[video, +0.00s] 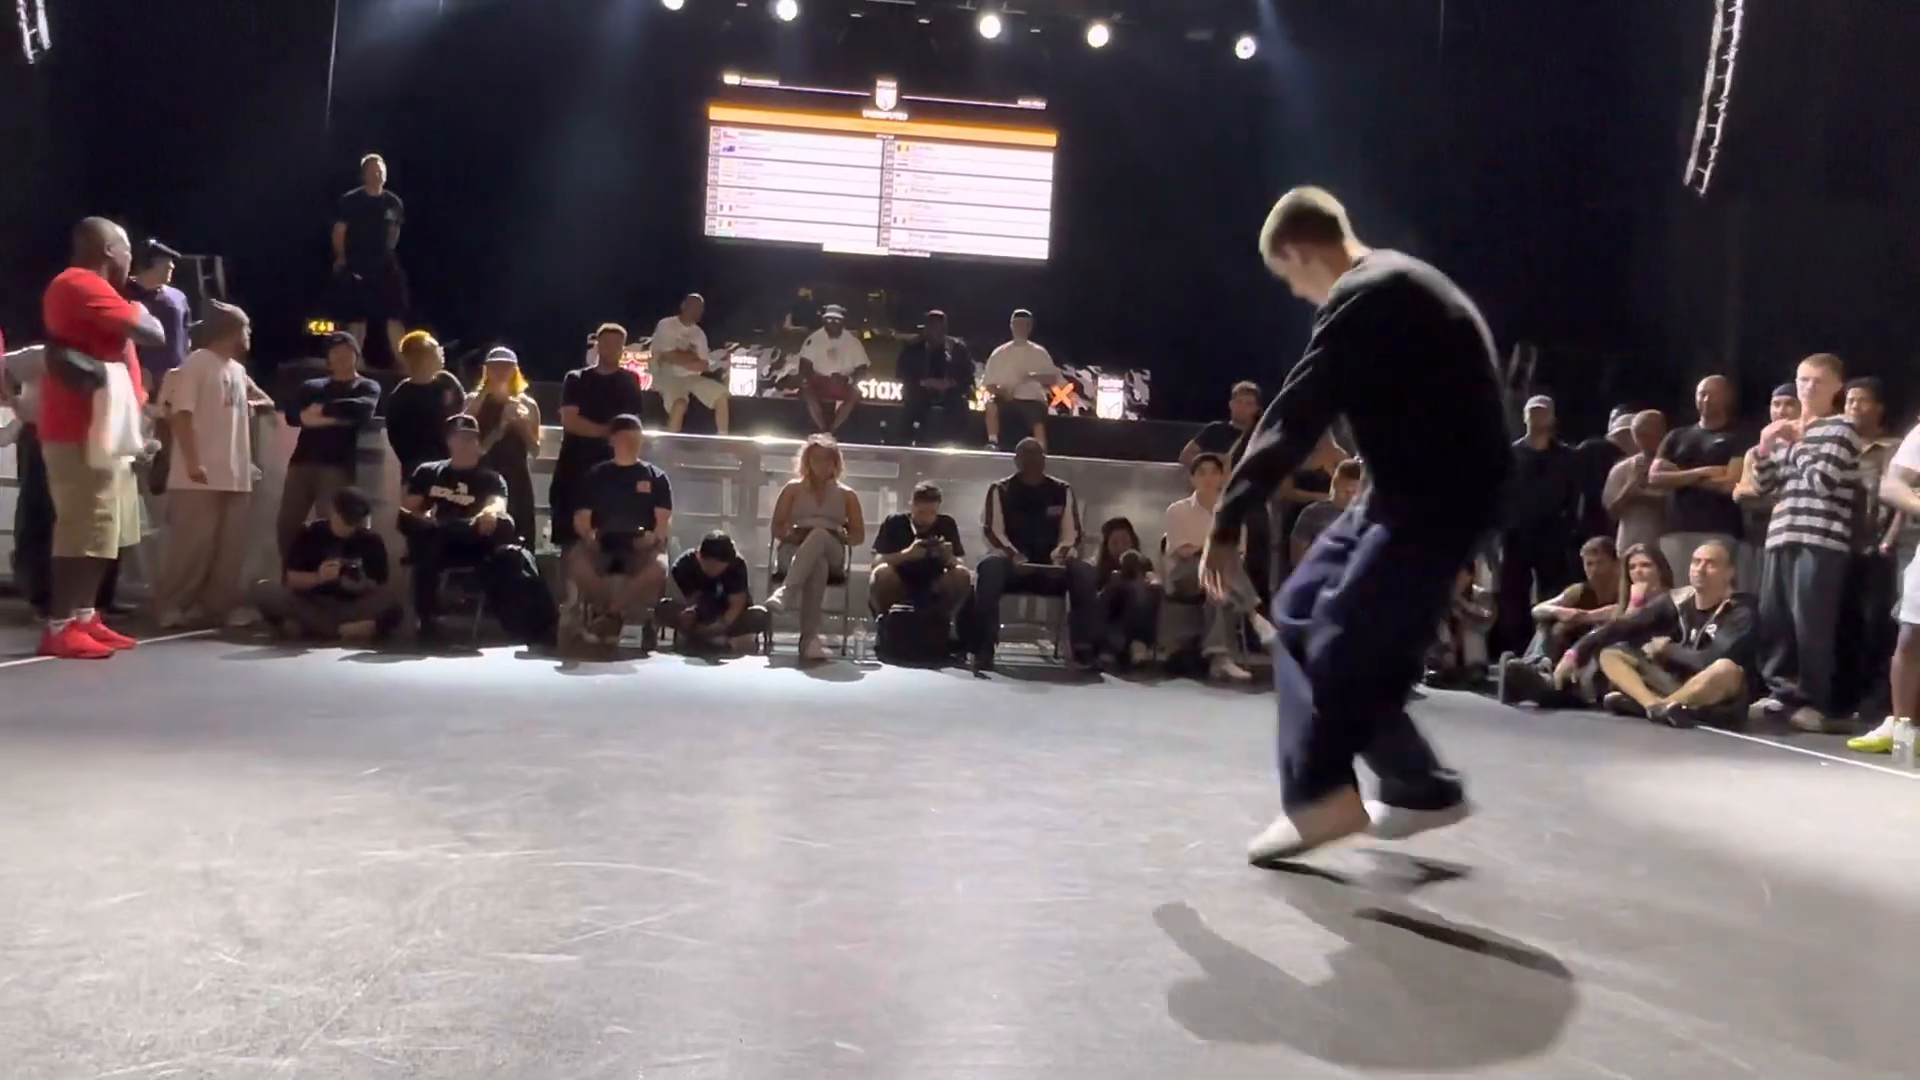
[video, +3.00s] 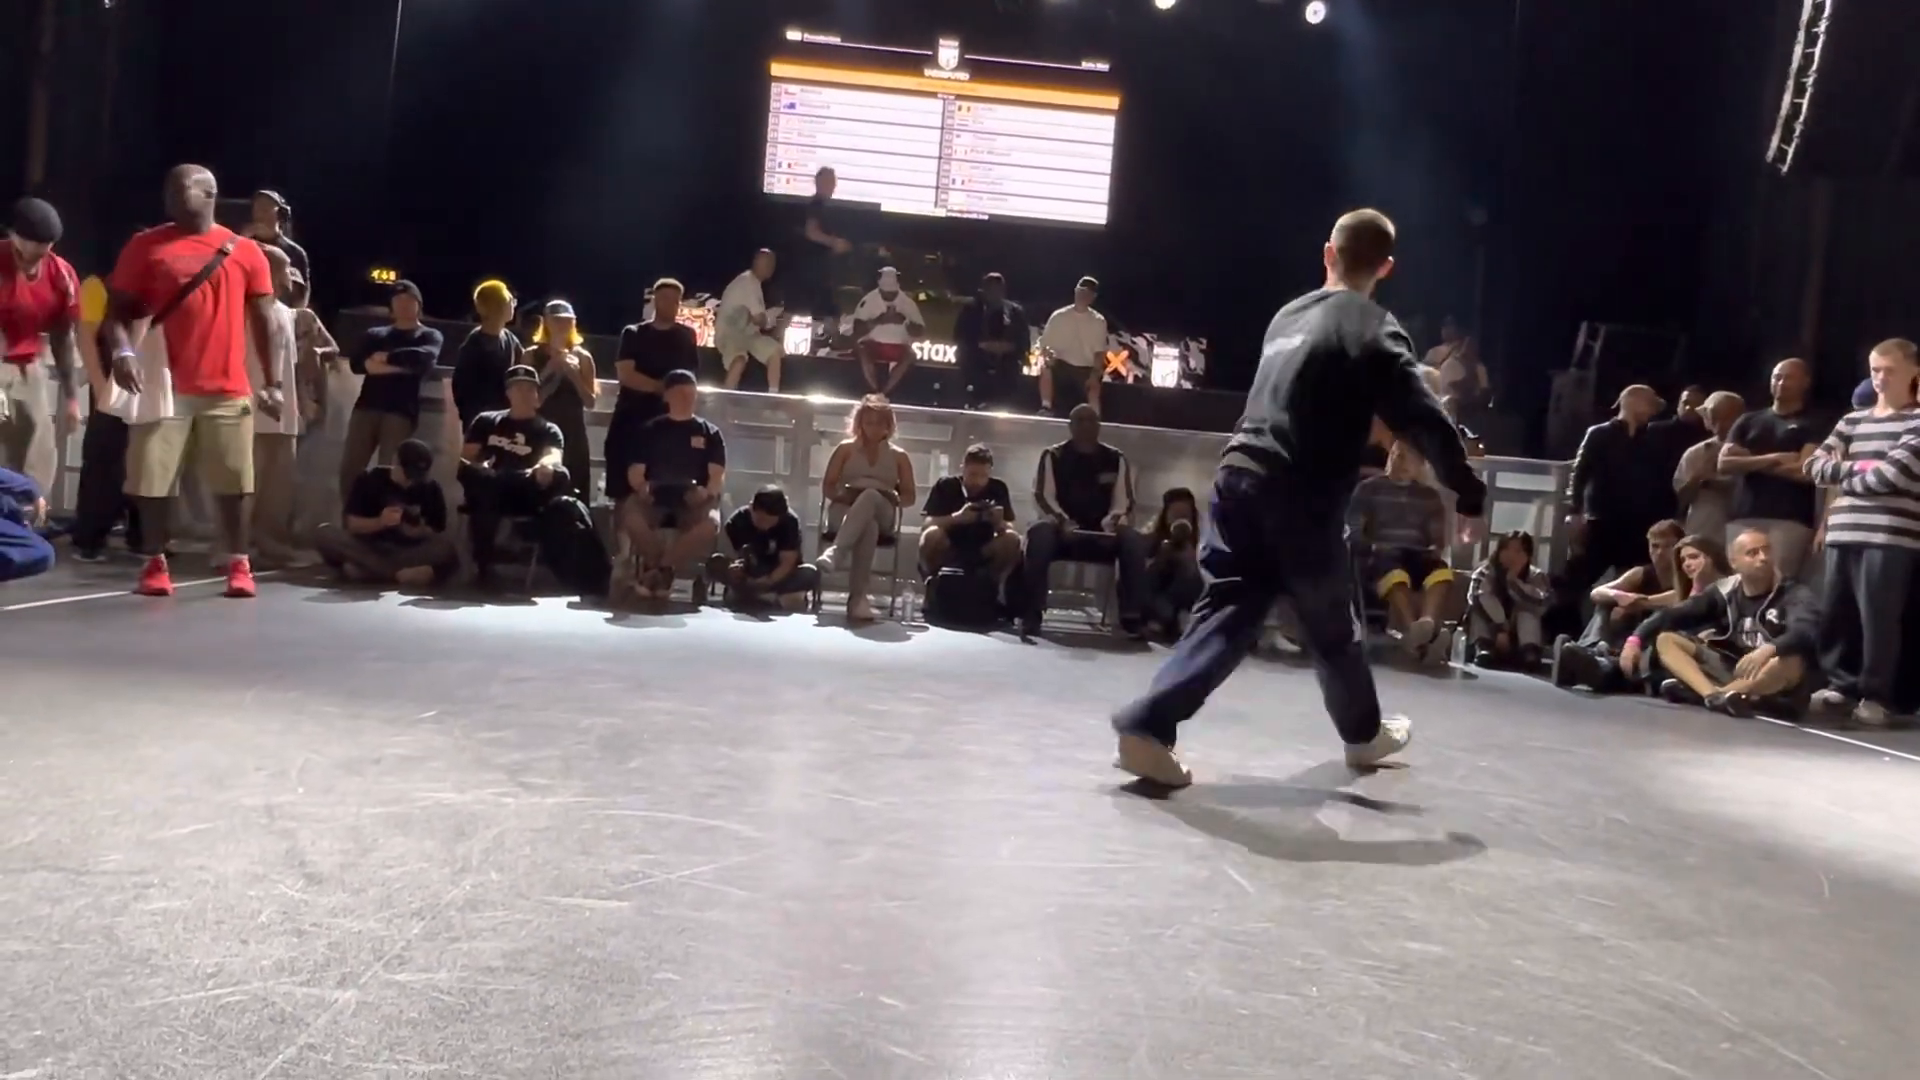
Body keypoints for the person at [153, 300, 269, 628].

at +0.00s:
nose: (249, 335)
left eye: (248, 329)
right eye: (245, 329)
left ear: (230, 333)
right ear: (227, 333)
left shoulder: (238, 371)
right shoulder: (194, 365)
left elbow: (237, 415)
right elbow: (181, 416)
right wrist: (192, 463)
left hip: (234, 473)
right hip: (199, 474)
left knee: (228, 548)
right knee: (191, 544)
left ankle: (222, 607)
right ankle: (171, 606)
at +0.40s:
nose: (287, 320)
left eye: (286, 313)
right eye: (282, 314)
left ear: (268, 319)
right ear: (263, 318)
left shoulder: (276, 356)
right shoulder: (230, 350)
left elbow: (278, 403)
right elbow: (216, 401)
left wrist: (279, 446)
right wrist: (227, 444)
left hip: (269, 455)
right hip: (234, 455)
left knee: (260, 531)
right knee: (225, 521)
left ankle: (243, 589)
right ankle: (193, 583)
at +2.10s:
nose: (263, 280)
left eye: (262, 273)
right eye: (256, 274)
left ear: (258, 279)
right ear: (237, 278)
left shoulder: (265, 320)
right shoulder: (225, 319)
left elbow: (270, 370)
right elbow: (220, 367)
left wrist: (278, 410)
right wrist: (237, 402)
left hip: (261, 417)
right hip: (229, 418)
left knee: (258, 492)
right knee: (226, 493)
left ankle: (261, 551)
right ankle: (218, 554)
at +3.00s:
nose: (292, 273)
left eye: (290, 266)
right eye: (285, 267)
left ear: (278, 273)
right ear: (268, 272)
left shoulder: (287, 313)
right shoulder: (247, 312)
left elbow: (291, 359)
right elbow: (241, 356)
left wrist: (298, 396)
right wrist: (253, 392)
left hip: (284, 407)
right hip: (254, 405)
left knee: (280, 482)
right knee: (249, 479)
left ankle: (273, 542)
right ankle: (239, 545)